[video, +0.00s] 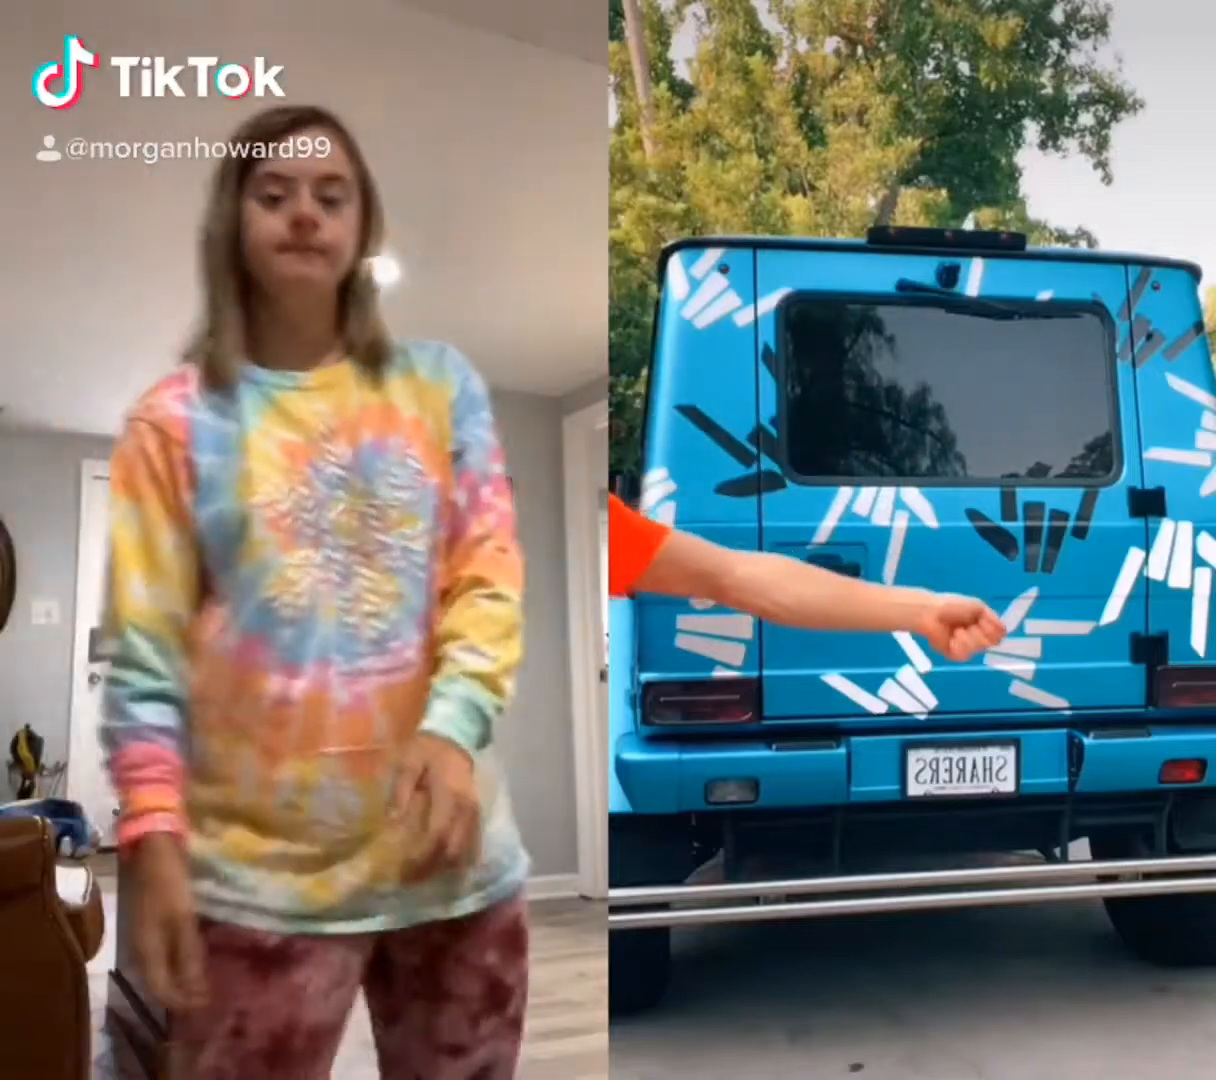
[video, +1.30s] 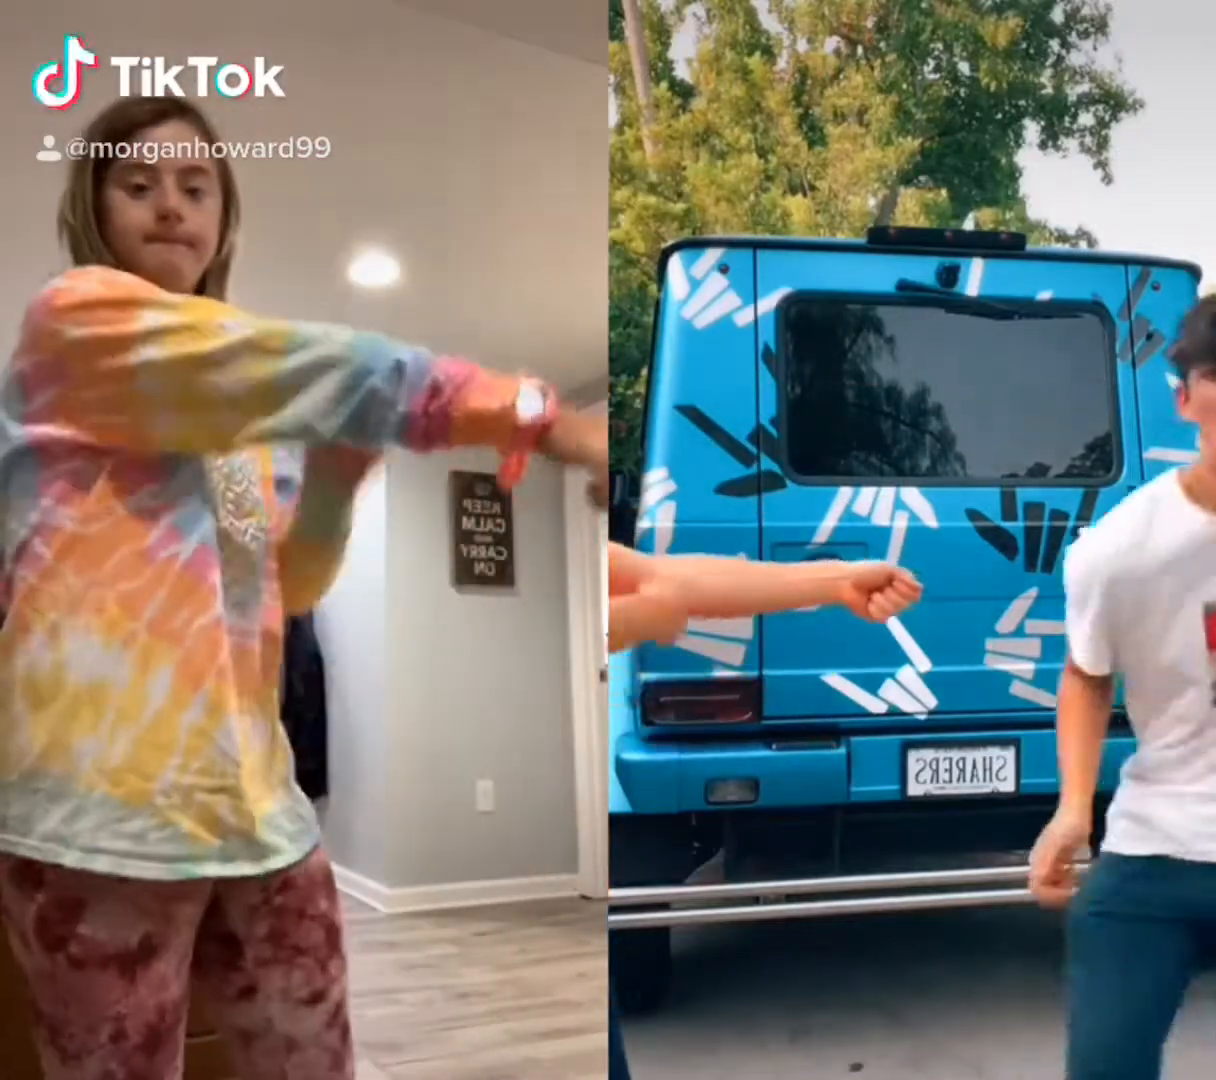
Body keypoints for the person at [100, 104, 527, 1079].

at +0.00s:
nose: (305, 215)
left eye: (331, 193)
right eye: (273, 193)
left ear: (364, 226)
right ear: (231, 223)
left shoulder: (443, 390)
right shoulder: (175, 422)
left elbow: (488, 585)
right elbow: (141, 652)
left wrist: (454, 728)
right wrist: (154, 844)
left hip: (449, 869)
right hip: (257, 885)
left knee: (468, 1068)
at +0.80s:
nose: (264, 214)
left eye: (289, 192)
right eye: (233, 191)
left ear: (322, 221)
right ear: (189, 220)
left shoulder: (371, 401)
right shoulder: (117, 379)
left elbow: (404, 617)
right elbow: (78, 598)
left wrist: (411, 793)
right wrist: (159, 770)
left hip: (348, 846)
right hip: (166, 853)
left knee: (366, 1071)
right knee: (164, 1073)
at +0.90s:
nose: (238, 215)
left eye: (263, 193)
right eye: (208, 192)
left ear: (297, 226)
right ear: (165, 221)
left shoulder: (336, 413)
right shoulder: (89, 374)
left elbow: (362, 619)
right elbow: (72, 586)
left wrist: (357, 781)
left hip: (307, 841)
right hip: (130, 855)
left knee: (361, 1071)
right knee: (139, 1075)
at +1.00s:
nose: (216, 216)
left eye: (241, 194)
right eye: (185, 192)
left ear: (273, 227)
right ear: (140, 218)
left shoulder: (301, 414)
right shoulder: (80, 351)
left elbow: (329, 622)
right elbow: (136, 553)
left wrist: (327, 757)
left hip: (284, 829)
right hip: (117, 843)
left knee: (349, 1067)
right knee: (127, 1073)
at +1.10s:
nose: (194, 212)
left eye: (220, 191)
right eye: (163, 187)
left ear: (250, 223)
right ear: (117, 210)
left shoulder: (265, 400)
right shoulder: (69, 335)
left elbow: (301, 583)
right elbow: (228, 439)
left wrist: (313, 706)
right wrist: (496, 393)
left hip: (266, 809)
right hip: (105, 818)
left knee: (330, 1065)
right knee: (125, 1072)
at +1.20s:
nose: (177, 210)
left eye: (203, 188)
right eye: (146, 184)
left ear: (234, 219)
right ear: (99, 205)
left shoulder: (234, 365)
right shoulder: (71, 318)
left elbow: (234, 601)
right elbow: (299, 349)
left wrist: (306, 609)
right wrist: (537, 376)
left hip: (252, 797)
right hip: (95, 800)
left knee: (312, 1064)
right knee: (116, 1069)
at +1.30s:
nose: (172, 208)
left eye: (197, 186)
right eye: (139, 184)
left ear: (225, 217)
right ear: (94, 207)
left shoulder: (221, 368)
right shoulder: (72, 318)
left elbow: (280, 593)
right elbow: (304, 365)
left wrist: (332, 473)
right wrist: (535, 417)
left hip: (256, 810)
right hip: (96, 812)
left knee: (306, 1068)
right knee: (116, 1070)